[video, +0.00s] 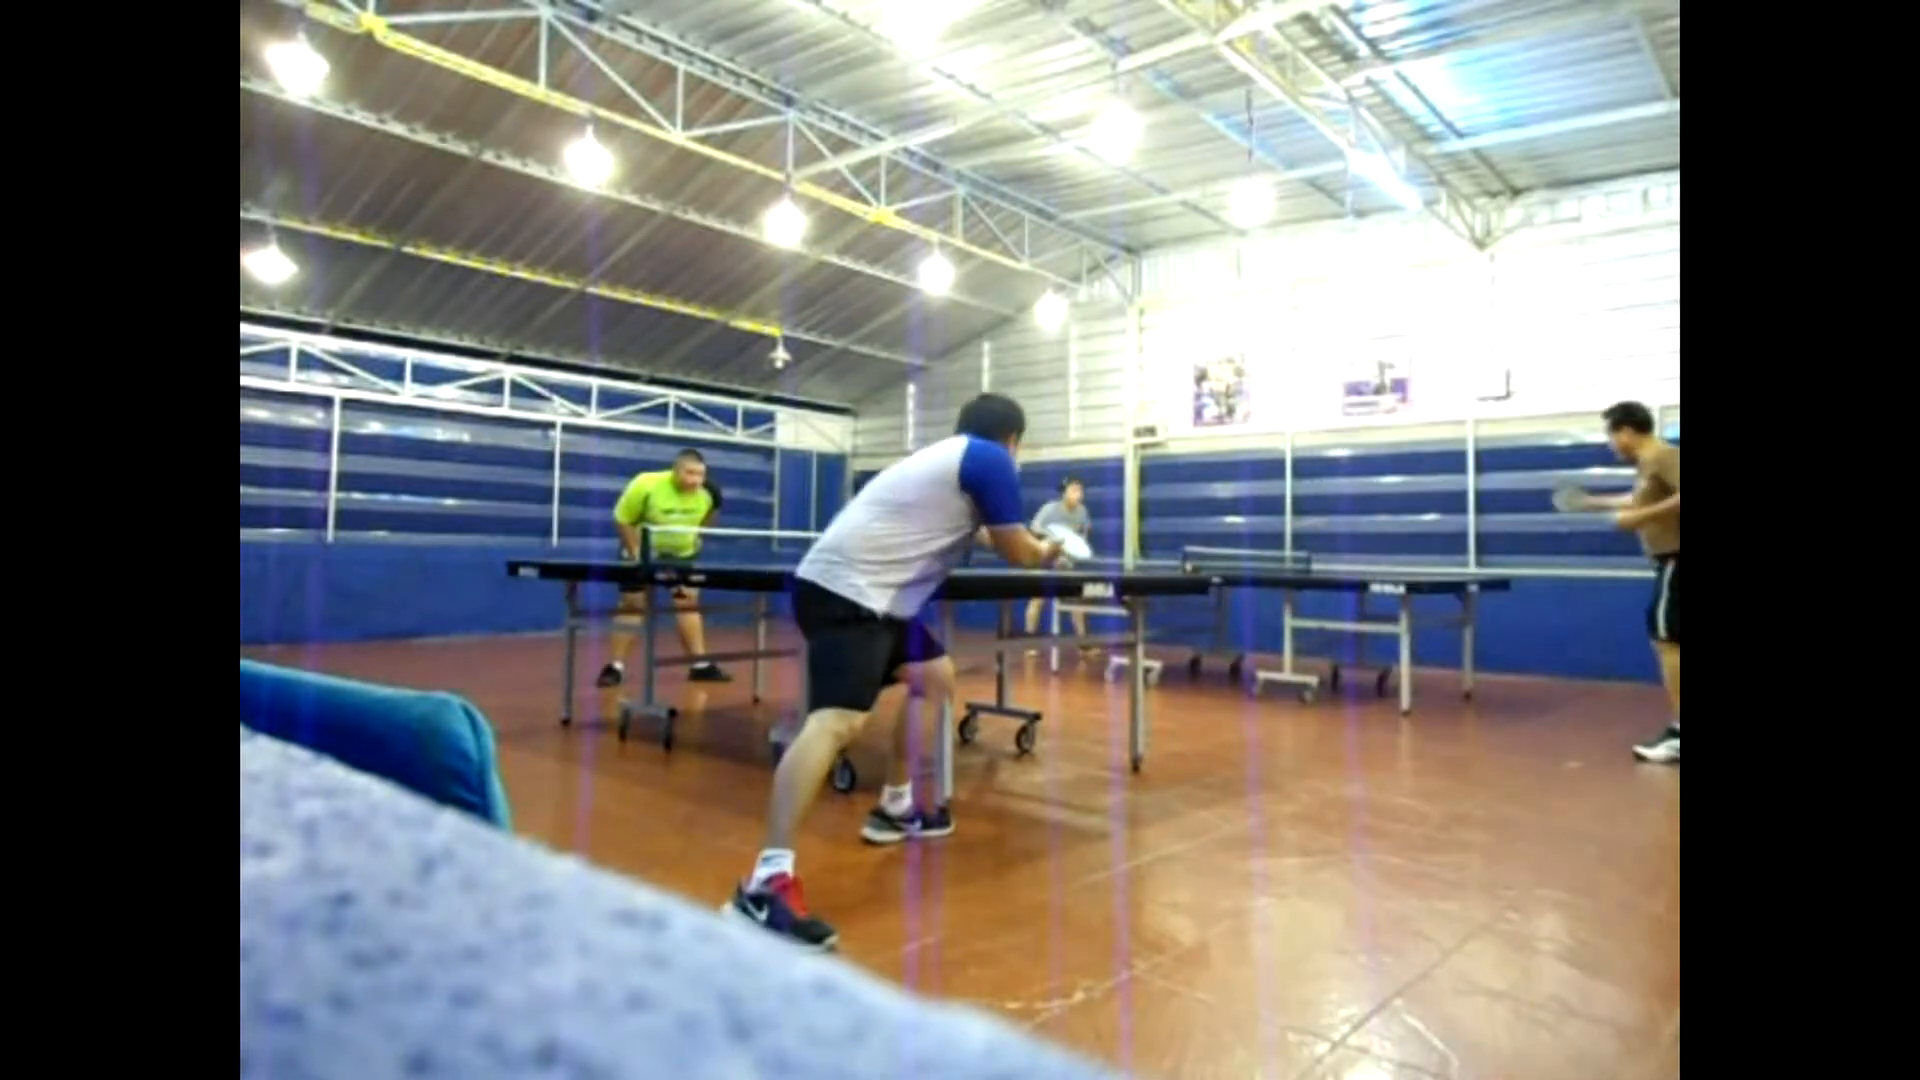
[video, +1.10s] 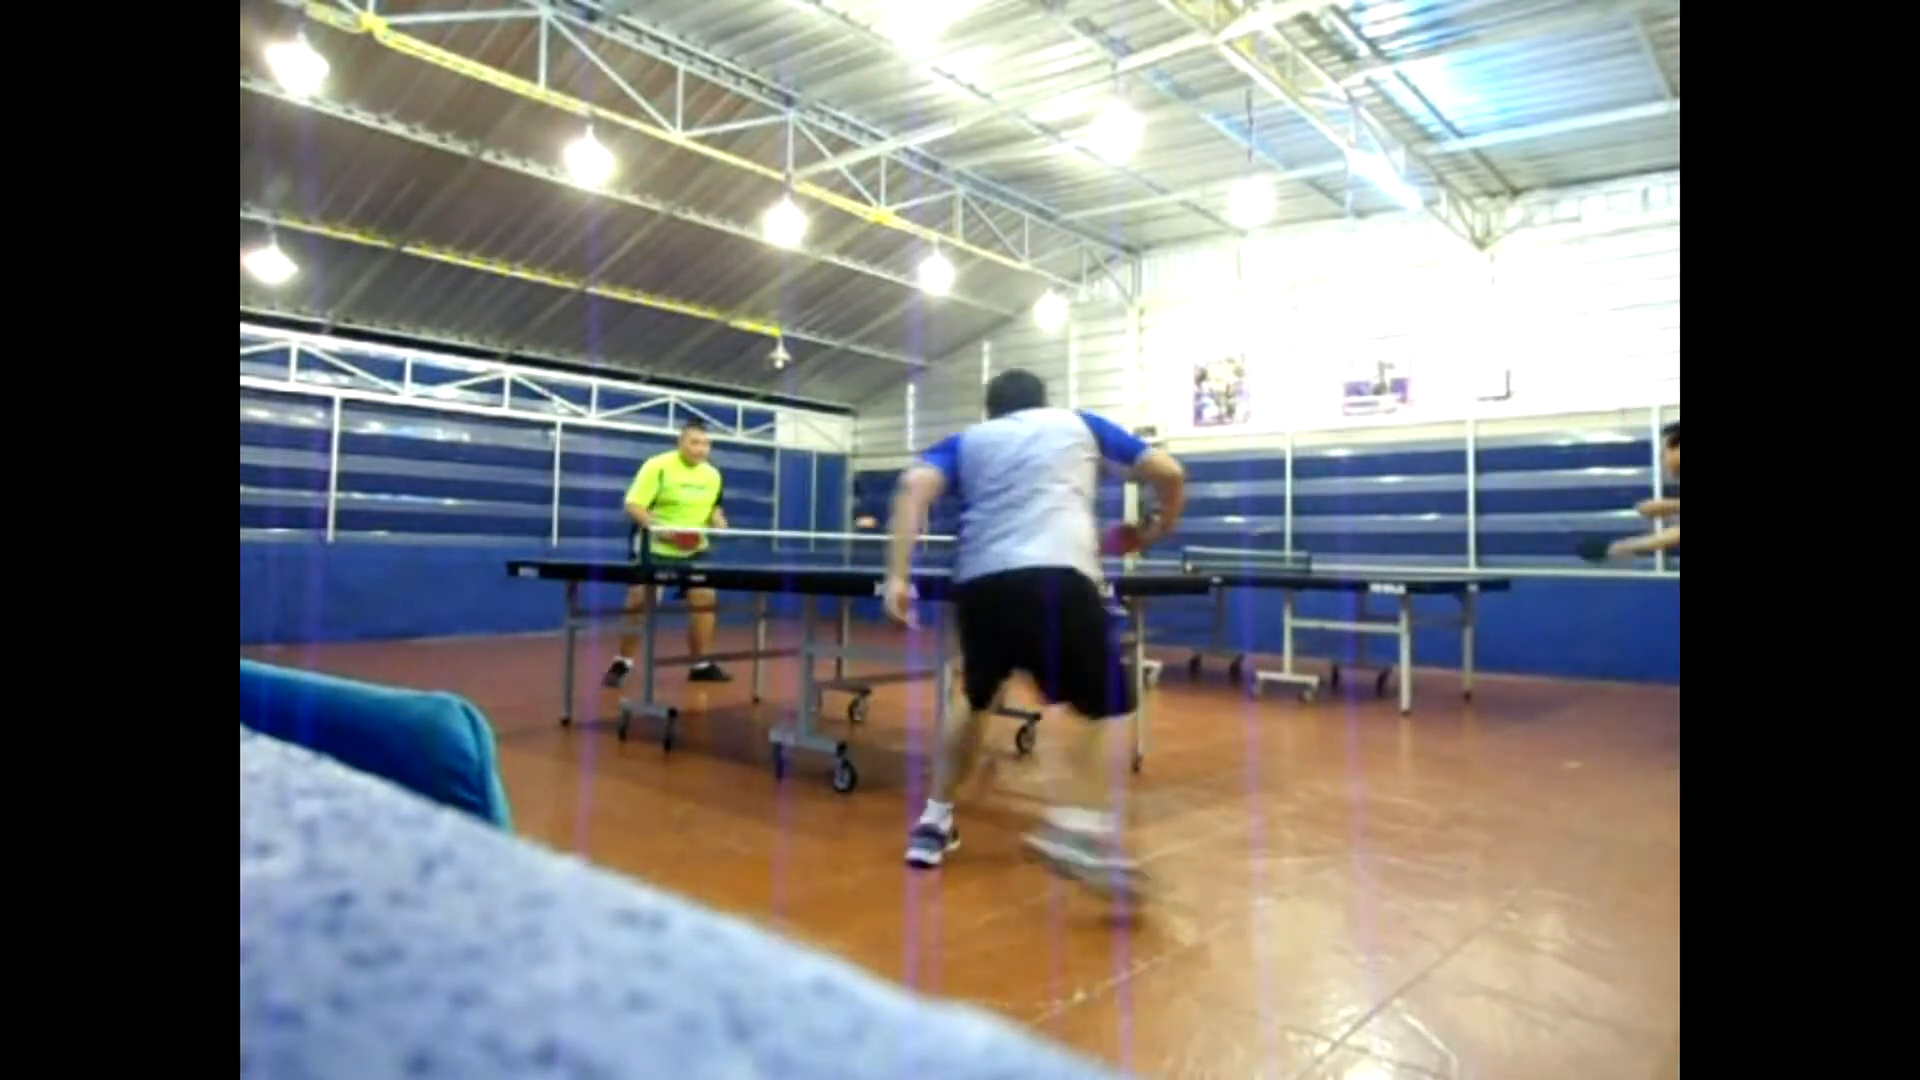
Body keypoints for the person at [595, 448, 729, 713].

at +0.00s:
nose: (694, 479)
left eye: (699, 474)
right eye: (689, 473)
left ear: (704, 475)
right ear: (676, 471)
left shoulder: (708, 495)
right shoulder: (646, 485)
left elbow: (703, 520)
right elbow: (623, 517)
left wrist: (690, 538)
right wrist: (636, 551)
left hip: (684, 554)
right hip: (646, 552)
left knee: (689, 603)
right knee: (632, 606)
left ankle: (700, 660)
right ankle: (616, 664)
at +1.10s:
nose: (699, 449)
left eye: (704, 443)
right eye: (693, 442)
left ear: (709, 446)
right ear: (681, 442)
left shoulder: (712, 475)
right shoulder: (657, 467)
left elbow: (711, 506)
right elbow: (634, 503)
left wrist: (719, 521)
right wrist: (656, 527)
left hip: (694, 553)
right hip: (657, 551)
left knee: (705, 600)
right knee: (640, 600)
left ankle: (702, 661)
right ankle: (624, 660)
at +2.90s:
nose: (606, 447)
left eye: (610, 440)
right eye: (599, 441)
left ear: (618, 438)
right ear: (589, 442)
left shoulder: (641, 464)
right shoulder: (576, 474)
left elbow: (667, 498)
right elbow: (571, 518)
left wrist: (645, 521)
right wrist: (551, 543)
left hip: (646, 549)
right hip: (601, 551)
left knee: (669, 600)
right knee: (594, 605)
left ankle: (670, 655)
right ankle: (585, 666)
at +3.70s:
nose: (658, 440)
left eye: (657, 435)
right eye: (654, 435)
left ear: (630, 439)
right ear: (644, 437)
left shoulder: (609, 469)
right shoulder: (651, 462)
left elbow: (604, 515)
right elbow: (681, 477)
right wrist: (658, 453)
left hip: (608, 551)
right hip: (636, 551)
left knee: (642, 605)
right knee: (658, 601)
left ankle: (633, 664)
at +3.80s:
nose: (659, 450)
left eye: (659, 443)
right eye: (655, 443)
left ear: (634, 445)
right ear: (641, 444)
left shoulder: (611, 472)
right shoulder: (650, 471)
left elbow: (603, 512)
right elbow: (672, 509)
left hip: (602, 551)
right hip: (632, 553)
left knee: (638, 608)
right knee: (644, 607)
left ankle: (634, 668)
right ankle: (618, 674)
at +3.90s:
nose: (658, 447)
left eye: (659, 442)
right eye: (652, 441)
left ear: (659, 446)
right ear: (636, 444)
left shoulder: (625, 468)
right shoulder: (636, 471)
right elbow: (647, 512)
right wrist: (667, 542)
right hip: (617, 552)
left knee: (635, 608)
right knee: (615, 610)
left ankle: (633, 668)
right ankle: (618, 673)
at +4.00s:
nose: (648, 441)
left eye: (650, 436)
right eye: (643, 434)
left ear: (646, 441)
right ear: (626, 435)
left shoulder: (637, 466)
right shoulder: (611, 462)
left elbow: (637, 507)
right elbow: (608, 500)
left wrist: (655, 537)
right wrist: (648, 525)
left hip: (631, 546)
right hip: (605, 545)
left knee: (638, 602)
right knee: (595, 604)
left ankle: (634, 664)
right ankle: (581, 668)